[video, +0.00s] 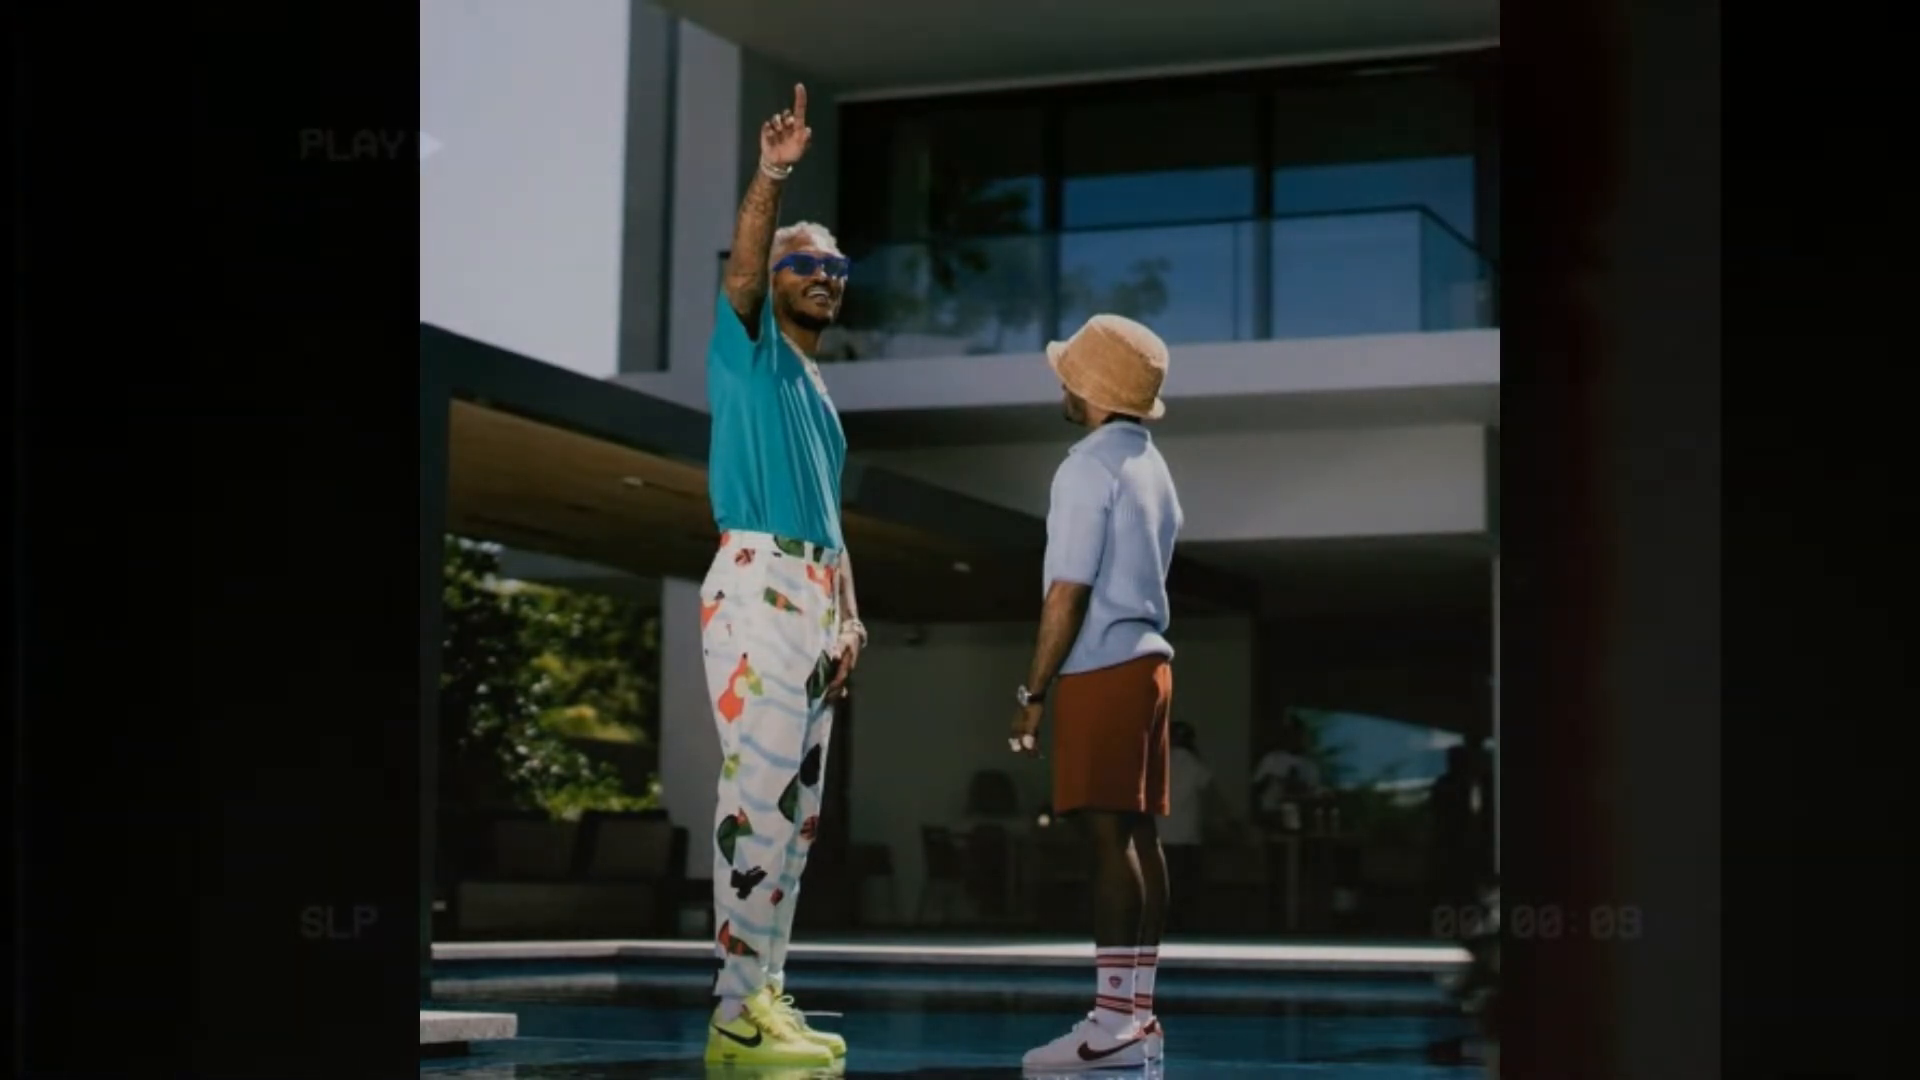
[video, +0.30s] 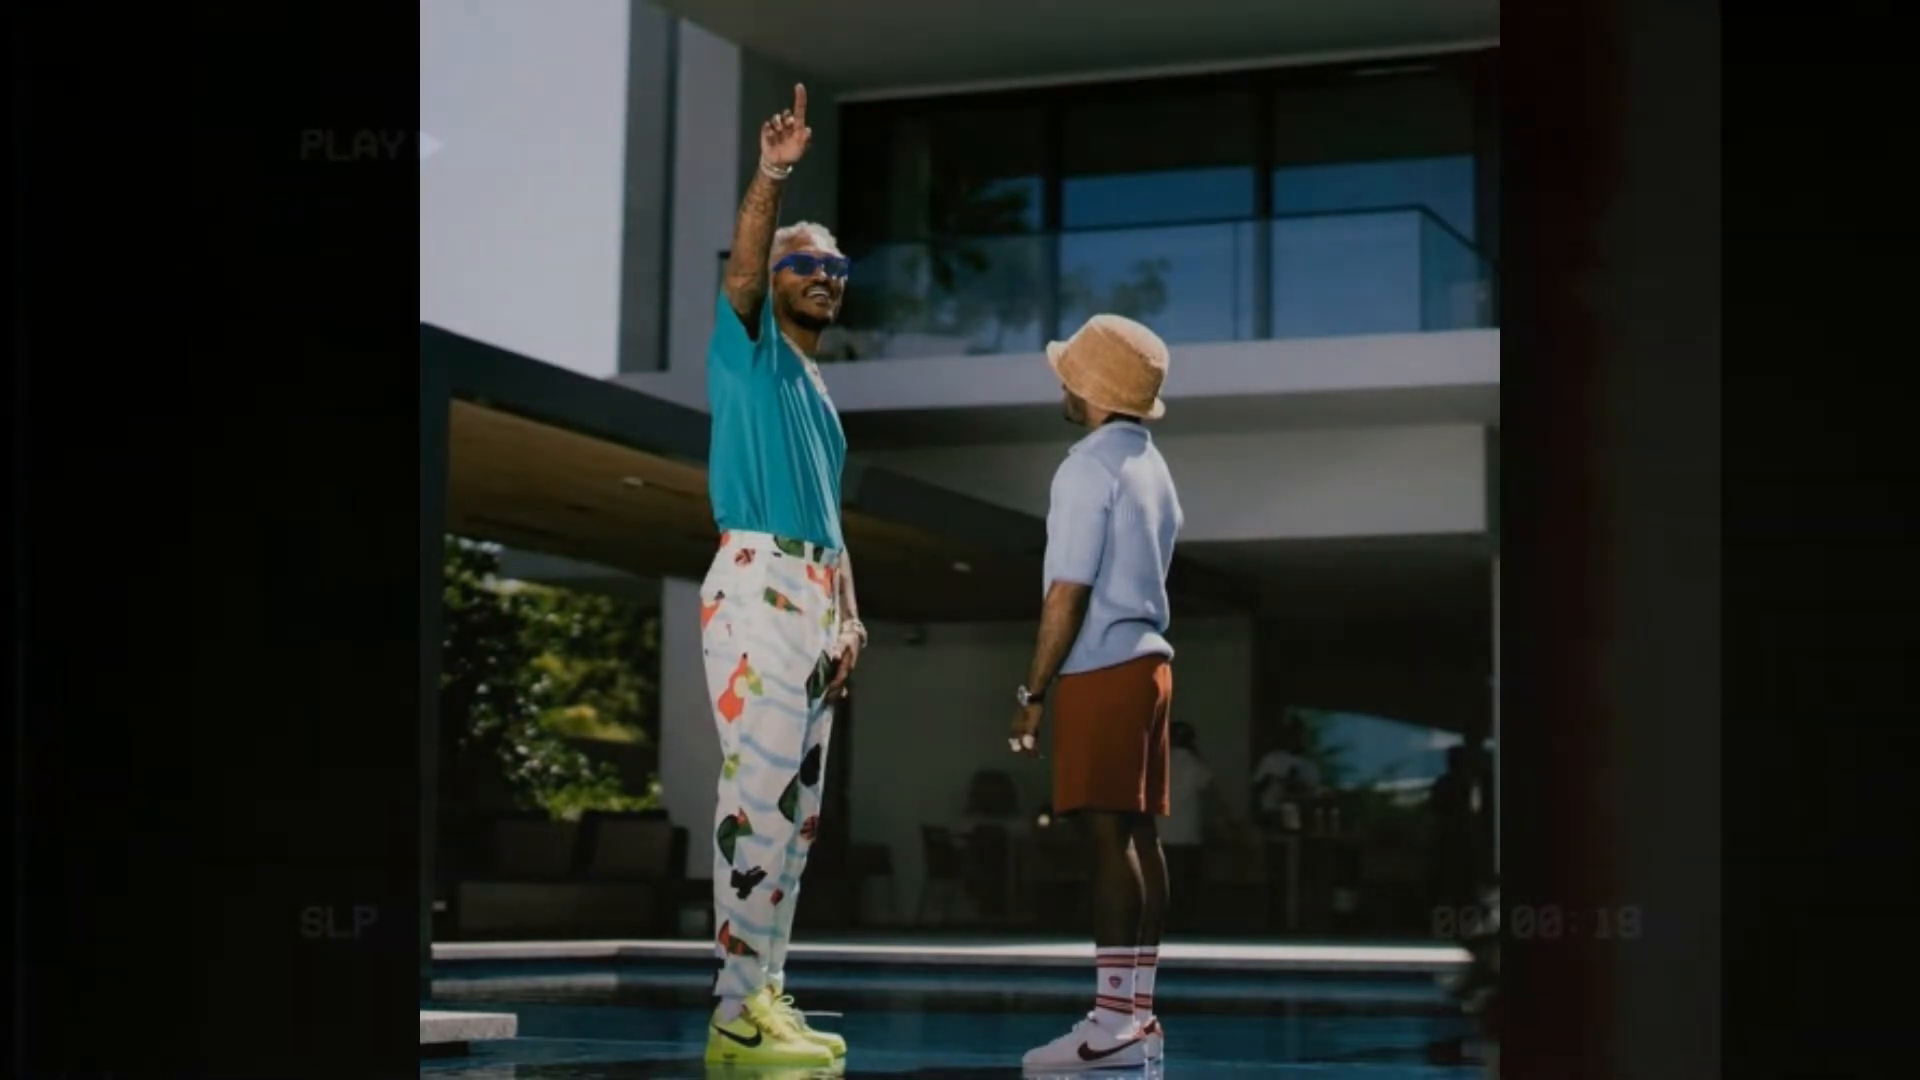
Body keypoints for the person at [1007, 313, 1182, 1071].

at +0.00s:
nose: (1064, 388)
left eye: (1072, 378)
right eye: (1068, 376)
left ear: (1092, 391)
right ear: (1130, 394)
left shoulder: (1088, 468)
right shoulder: (1148, 463)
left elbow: (1067, 594)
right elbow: (1149, 577)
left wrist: (1032, 691)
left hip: (1104, 670)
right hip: (1146, 666)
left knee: (1109, 839)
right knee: (1139, 838)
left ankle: (1116, 1015)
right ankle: (1135, 1012)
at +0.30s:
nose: (1064, 388)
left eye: (1072, 378)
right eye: (1069, 376)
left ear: (1092, 391)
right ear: (1130, 395)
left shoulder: (1087, 468)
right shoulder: (1148, 463)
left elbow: (1068, 594)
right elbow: (1148, 577)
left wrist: (1032, 691)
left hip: (1104, 669)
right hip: (1146, 666)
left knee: (1108, 838)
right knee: (1140, 838)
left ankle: (1116, 1015)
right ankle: (1135, 1012)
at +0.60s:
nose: (1063, 388)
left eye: (1072, 378)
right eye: (1068, 376)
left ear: (1092, 391)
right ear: (1130, 394)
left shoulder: (1087, 468)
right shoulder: (1148, 463)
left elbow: (1067, 594)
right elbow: (1148, 578)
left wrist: (1032, 691)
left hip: (1104, 669)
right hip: (1147, 665)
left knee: (1108, 839)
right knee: (1139, 838)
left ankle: (1116, 1015)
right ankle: (1135, 1012)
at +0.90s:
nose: (1064, 388)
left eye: (1072, 378)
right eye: (1068, 376)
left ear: (1092, 391)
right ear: (1129, 394)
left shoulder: (1087, 468)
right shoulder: (1148, 463)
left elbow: (1067, 595)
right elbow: (1150, 578)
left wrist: (1031, 692)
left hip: (1104, 669)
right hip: (1147, 666)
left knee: (1107, 839)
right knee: (1139, 839)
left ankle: (1116, 1015)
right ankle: (1135, 1013)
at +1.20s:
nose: (1063, 388)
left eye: (1072, 378)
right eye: (1068, 377)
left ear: (1092, 391)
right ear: (1130, 394)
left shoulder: (1087, 468)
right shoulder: (1148, 463)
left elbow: (1068, 594)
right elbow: (1149, 577)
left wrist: (1032, 691)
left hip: (1104, 669)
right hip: (1147, 666)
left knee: (1108, 839)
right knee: (1140, 838)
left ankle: (1116, 1015)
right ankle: (1135, 1012)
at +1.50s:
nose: (1064, 388)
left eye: (1072, 378)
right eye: (1068, 376)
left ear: (1093, 390)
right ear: (1130, 394)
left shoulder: (1088, 468)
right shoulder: (1147, 463)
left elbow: (1068, 594)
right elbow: (1147, 579)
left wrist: (1032, 691)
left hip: (1104, 669)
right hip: (1146, 665)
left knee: (1109, 838)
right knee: (1140, 838)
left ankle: (1116, 1015)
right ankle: (1135, 1012)